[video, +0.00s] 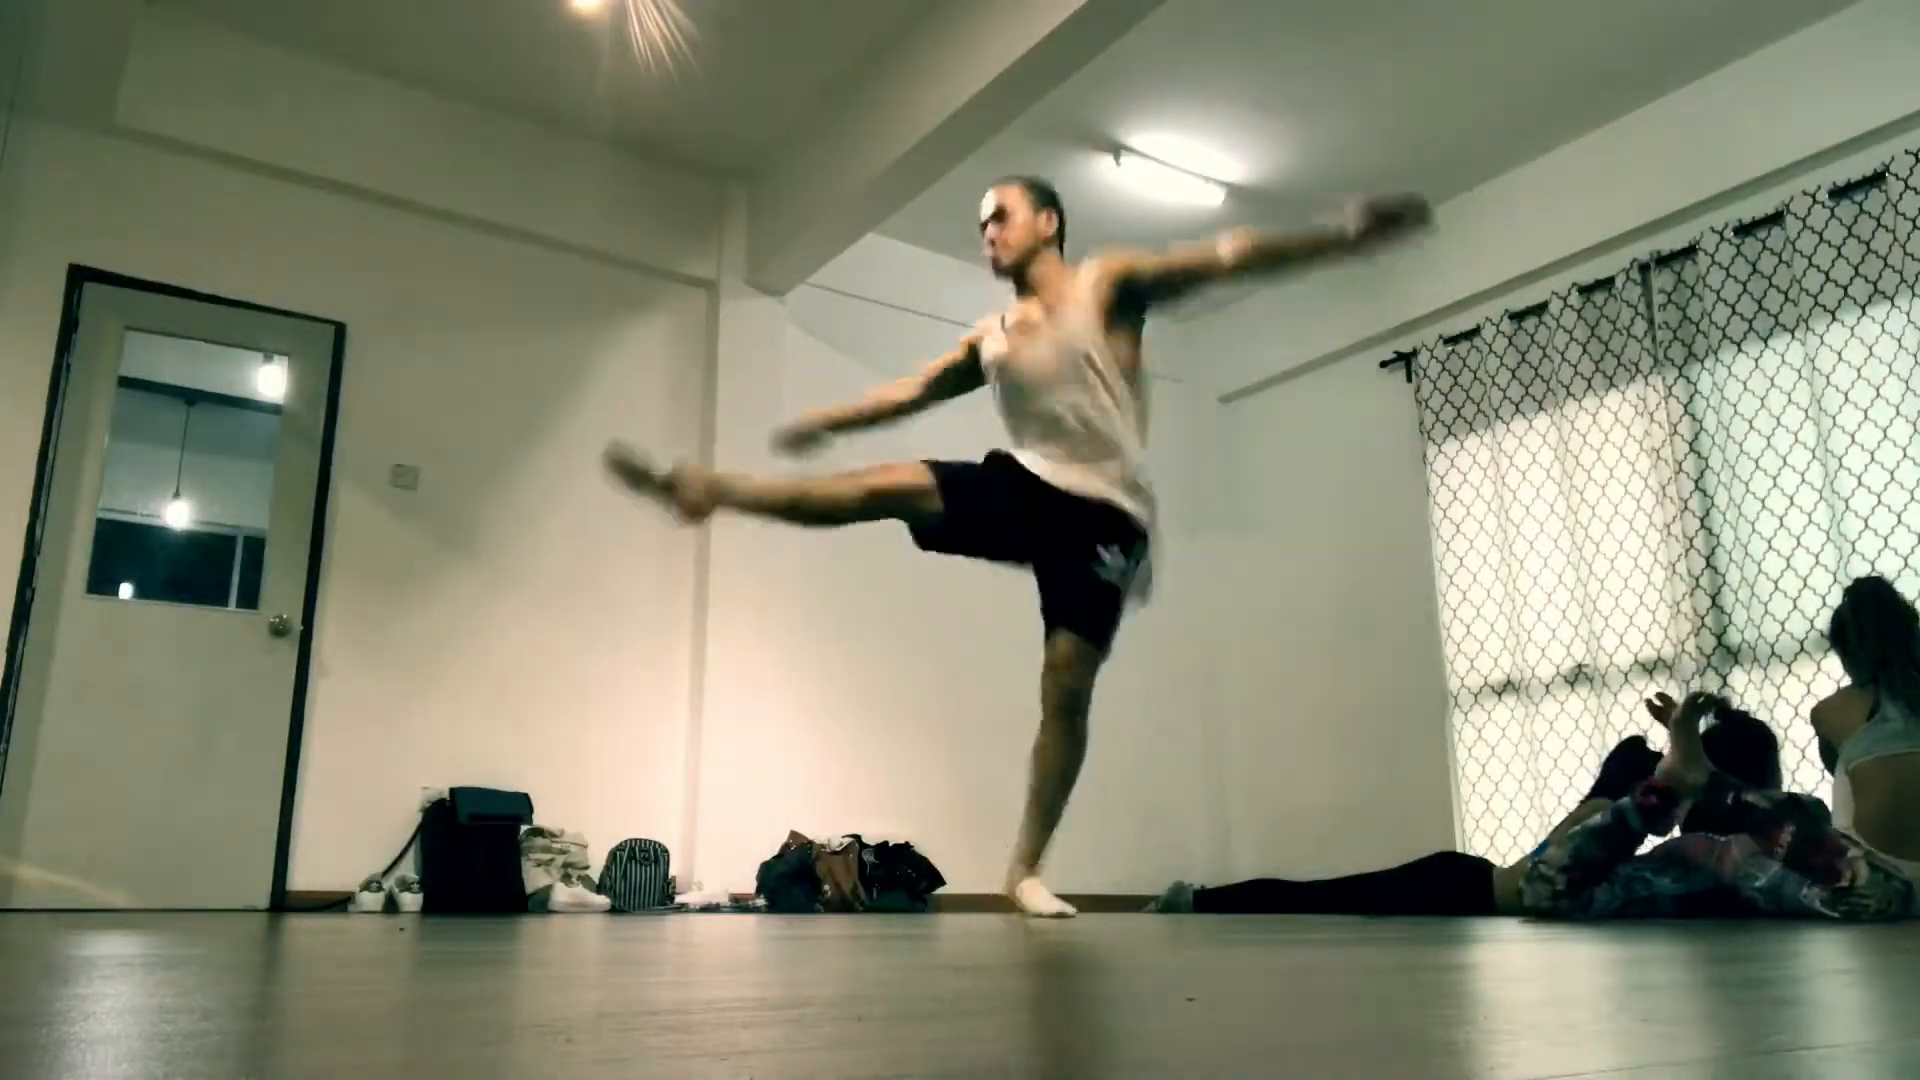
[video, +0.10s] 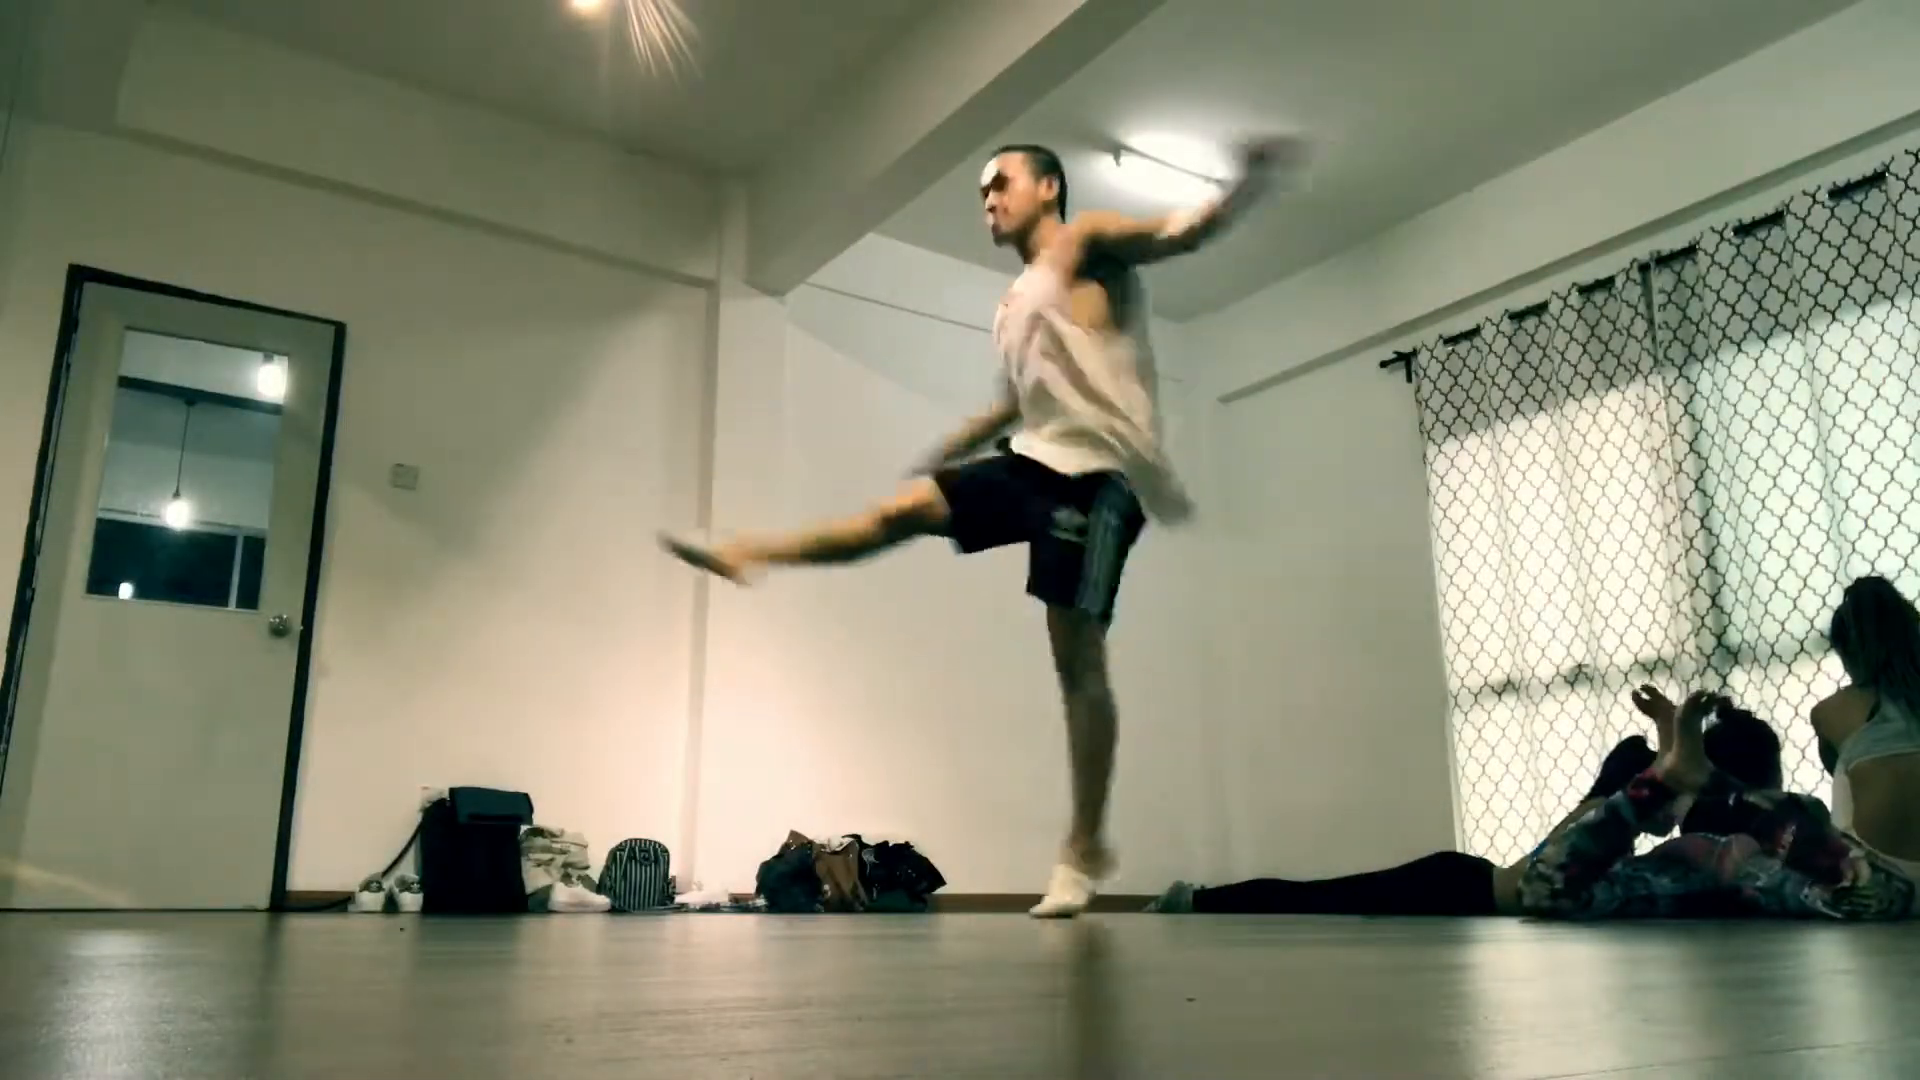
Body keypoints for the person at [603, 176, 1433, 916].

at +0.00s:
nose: (986, 229)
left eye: (1000, 214)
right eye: (982, 221)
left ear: (1048, 223)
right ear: (995, 240)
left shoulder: (1109, 276)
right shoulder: (994, 338)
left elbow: (1232, 256)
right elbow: (909, 394)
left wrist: (1344, 237)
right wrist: (825, 420)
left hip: (1104, 513)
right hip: (1021, 489)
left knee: (1066, 692)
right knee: (887, 486)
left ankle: (1027, 873)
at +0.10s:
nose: (989, 201)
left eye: (1001, 185)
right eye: (985, 192)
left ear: (1048, 188)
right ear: (999, 209)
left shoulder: (1088, 236)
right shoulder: (1020, 300)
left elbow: (1175, 232)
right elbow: (1018, 401)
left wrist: (1235, 191)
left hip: (1103, 469)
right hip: (1034, 462)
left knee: (1077, 654)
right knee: (907, 508)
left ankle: (1085, 850)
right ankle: (741, 554)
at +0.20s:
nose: (990, 196)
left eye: (1004, 181)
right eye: (988, 186)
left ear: (1050, 186)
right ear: (1028, 196)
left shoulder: (1060, 234)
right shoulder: (1052, 255)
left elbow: (1078, 271)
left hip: (1078, 466)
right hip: (1063, 467)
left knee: (1083, 661)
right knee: (984, 538)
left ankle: (1103, 847)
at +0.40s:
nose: (1073, 200)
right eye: (1075, 188)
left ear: (1004, 201)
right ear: (1071, 194)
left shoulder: (968, 276)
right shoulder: (1087, 252)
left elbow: (956, 384)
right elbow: (1154, 335)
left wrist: (1015, 348)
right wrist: (1149, 340)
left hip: (1025, 494)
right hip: (1113, 461)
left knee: (1047, 670)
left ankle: (1067, 853)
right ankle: (1271, 614)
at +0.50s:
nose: (1066, 184)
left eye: (1065, 170)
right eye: (1047, 175)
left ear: (1061, 180)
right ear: (1010, 197)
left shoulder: (1013, 271)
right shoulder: (1036, 247)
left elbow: (1041, 358)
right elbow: (1058, 301)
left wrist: (1111, 329)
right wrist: (1150, 300)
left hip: (1035, 477)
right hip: (1085, 444)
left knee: (1078, 654)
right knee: (1255, 499)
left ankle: (1050, 839)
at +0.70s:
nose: (1038, 270)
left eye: (1051, 254)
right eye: (1030, 262)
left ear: (1097, 258)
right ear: (1031, 279)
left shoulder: (1166, 333)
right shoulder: (1027, 354)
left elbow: (1269, 370)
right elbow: (959, 398)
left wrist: (1354, 402)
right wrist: (889, 395)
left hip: (1147, 535)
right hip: (1064, 536)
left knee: (1168, 704)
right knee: (1060, 495)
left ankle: (1150, 885)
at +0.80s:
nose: (1035, 243)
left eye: (1047, 225)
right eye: (1028, 235)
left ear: (1093, 225)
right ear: (1034, 253)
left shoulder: (1166, 286)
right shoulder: (1042, 342)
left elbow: (1294, 273)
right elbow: (935, 394)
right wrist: (825, 407)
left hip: (1160, 521)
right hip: (1084, 502)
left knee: (1156, 710)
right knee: (990, 482)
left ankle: (1149, 886)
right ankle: (833, 492)